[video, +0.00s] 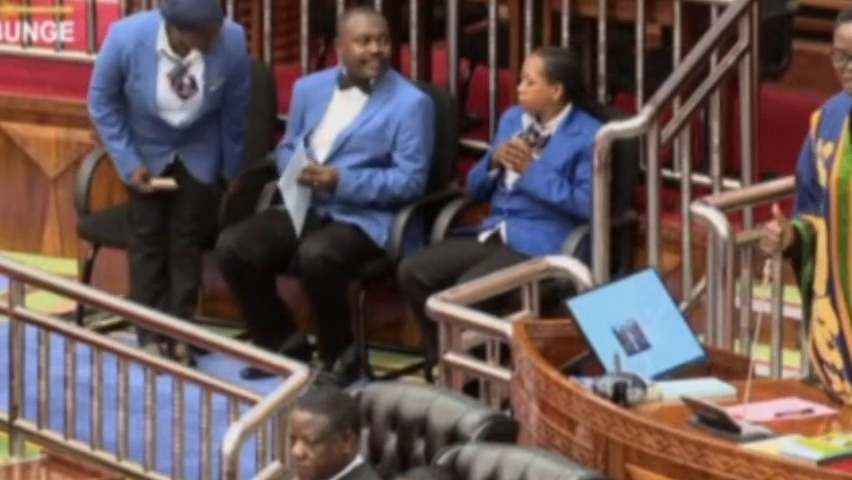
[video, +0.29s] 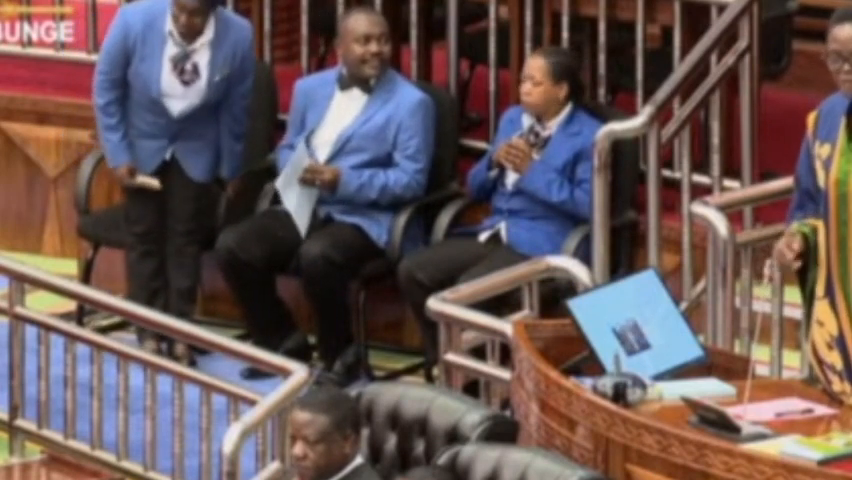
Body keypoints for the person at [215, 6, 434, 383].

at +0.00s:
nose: (374, 50)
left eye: (380, 41)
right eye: (363, 41)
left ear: (390, 45)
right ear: (340, 48)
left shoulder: (411, 103)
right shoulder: (308, 89)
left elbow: (410, 181)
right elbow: (286, 148)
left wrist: (340, 181)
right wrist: (297, 170)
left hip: (366, 219)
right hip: (302, 211)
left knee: (317, 257)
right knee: (235, 248)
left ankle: (340, 357)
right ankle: (282, 344)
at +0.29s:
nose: (374, 50)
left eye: (381, 41)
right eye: (363, 41)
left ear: (390, 45)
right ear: (340, 47)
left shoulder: (411, 103)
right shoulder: (308, 89)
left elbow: (411, 181)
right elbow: (286, 148)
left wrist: (342, 180)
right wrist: (297, 169)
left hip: (364, 218)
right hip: (301, 210)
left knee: (318, 258)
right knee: (235, 248)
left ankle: (340, 358)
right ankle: (282, 343)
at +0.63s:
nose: (368, 51)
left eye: (375, 42)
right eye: (357, 43)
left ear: (385, 46)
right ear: (335, 50)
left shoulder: (408, 103)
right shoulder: (305, 90)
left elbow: (410, 181)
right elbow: (283, 150)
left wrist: (341, 181)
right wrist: (297, 172)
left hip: (364, 217)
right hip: (301, 210)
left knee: (319, 257)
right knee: (235, 248)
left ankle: (339, 359)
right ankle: (282, 343)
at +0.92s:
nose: (360, 52)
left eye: (367, 42)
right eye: (349, 44)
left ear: (377, 46)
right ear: (327, 50)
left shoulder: (402, 102)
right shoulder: (299, 91)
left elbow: (409, 181)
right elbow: (279, 151)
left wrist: (340, 182)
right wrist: (296, 175)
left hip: (361, 217)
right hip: (297, 211)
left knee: (320, 258)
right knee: (234, 249)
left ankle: (339, 358)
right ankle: (282, 343)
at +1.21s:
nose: (352, 58)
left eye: (359, 48)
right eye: (340, 50)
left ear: (370, 50)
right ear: (319, 56)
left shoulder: (396, 104)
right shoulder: (293, 93)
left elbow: (405, 182)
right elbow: (274, 155)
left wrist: (338, 184)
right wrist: (296, 179)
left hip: (359, 215)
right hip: (294, 210)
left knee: (322, 254)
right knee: (235, 247)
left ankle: (340, 358)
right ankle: (282, 344)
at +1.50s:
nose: (329, 77)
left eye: (335, 65)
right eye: (316, 68)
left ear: (345, 65)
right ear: (296, 73)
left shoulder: (375, 116)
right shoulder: (268, 106)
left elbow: (391, 190)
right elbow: (249, 166)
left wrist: (338, 195)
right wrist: (259, 186)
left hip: (346, 223)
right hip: (284, 221)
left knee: (324, 260)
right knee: (234, 258)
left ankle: (337, 361)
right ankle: (280, 345)